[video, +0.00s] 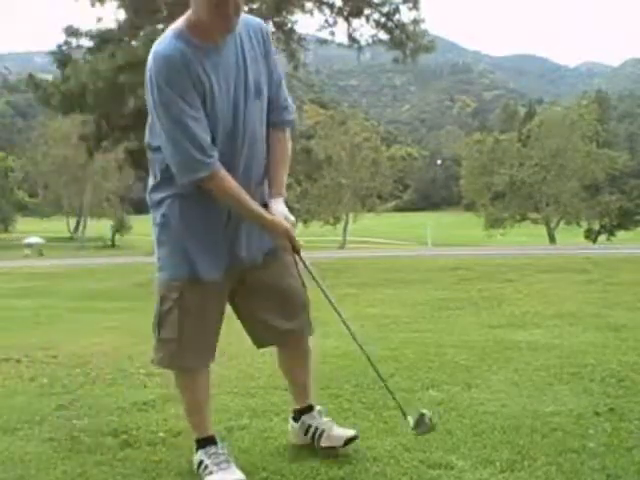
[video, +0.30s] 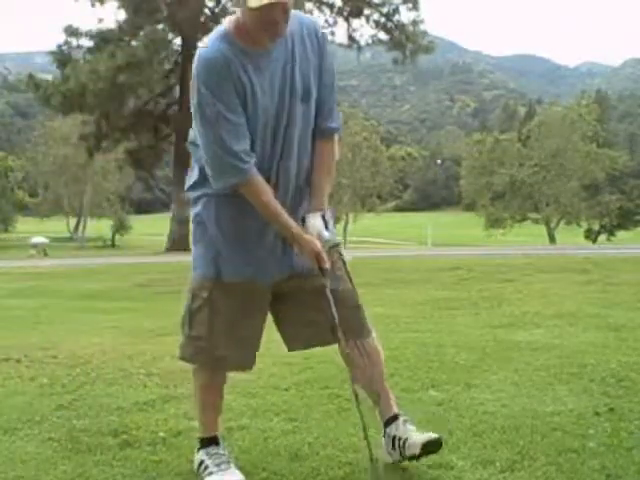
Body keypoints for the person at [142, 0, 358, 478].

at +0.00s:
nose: (237, 5)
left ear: (245, 0)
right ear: (198, 1)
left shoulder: (257, 34)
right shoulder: (169, 58)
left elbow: (279, 120)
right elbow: (201, 167)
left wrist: (276, 197)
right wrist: (266, 220)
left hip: (256, 213)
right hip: (193, 220)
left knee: (293, 313)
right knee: (191, 338)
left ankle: (306, 417)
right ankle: (207, 447)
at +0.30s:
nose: (284, 8)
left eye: (289, 3)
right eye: (274, 4)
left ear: (293, 3)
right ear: (246, 4)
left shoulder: (310, 36)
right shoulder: (215, 59)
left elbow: (325, 133)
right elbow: (235, 168)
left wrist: (317, 211)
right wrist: (295, 232)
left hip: (298, 219)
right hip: (230, 222)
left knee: (350, 316)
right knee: (213, 337)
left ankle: (395, 427)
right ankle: (209, 449)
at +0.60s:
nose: (355, 27)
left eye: (365, 17)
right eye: (344, 18)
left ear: (377, 10)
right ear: (320, 10)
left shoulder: (401, 51)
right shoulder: (290, 65)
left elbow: (403, 153)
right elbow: (304, 178)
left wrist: (370, 234)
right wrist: (347, 257)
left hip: (365, 229)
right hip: (289, 223)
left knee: (386, 344)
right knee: (252, 337)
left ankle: (396, 454)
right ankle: (220, 439)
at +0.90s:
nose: (385, 45)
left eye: (396, 34)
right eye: (374, 34)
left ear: (412, 19)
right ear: (349, 14)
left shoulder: (433, 58)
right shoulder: (318, 68)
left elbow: (422, 162)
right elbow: (327, 182)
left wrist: (389, 245)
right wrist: (363, 267)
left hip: (385, 228)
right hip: (307, 220)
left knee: (392, 346)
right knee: (270, 334)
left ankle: (397, 455)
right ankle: (247, 443)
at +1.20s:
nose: (352, 51)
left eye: (362, 40)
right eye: (340, 40)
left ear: (377, 22)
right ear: (317, 22)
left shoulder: (404, 60)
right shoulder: (287, 78)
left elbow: (395, 165)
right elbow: (304, 192)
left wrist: (368, 253)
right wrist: (340, 275)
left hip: (364, 228)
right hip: (286, 225)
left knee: (382, 347)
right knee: (258, 345)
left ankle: (394, 455)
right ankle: (244, 452)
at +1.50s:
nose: (329, 53)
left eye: (340, 41)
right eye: (317, 43)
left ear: (358, 23)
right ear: (295, 23)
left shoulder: (385, 59)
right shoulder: (268, 79)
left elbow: (376, 161)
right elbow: (288, 192)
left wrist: (353, 250)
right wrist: (330, 273)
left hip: (356, 221)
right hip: (274, 222)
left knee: (382, 328)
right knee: (251, 340)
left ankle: (379, 446)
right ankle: (243, 453)